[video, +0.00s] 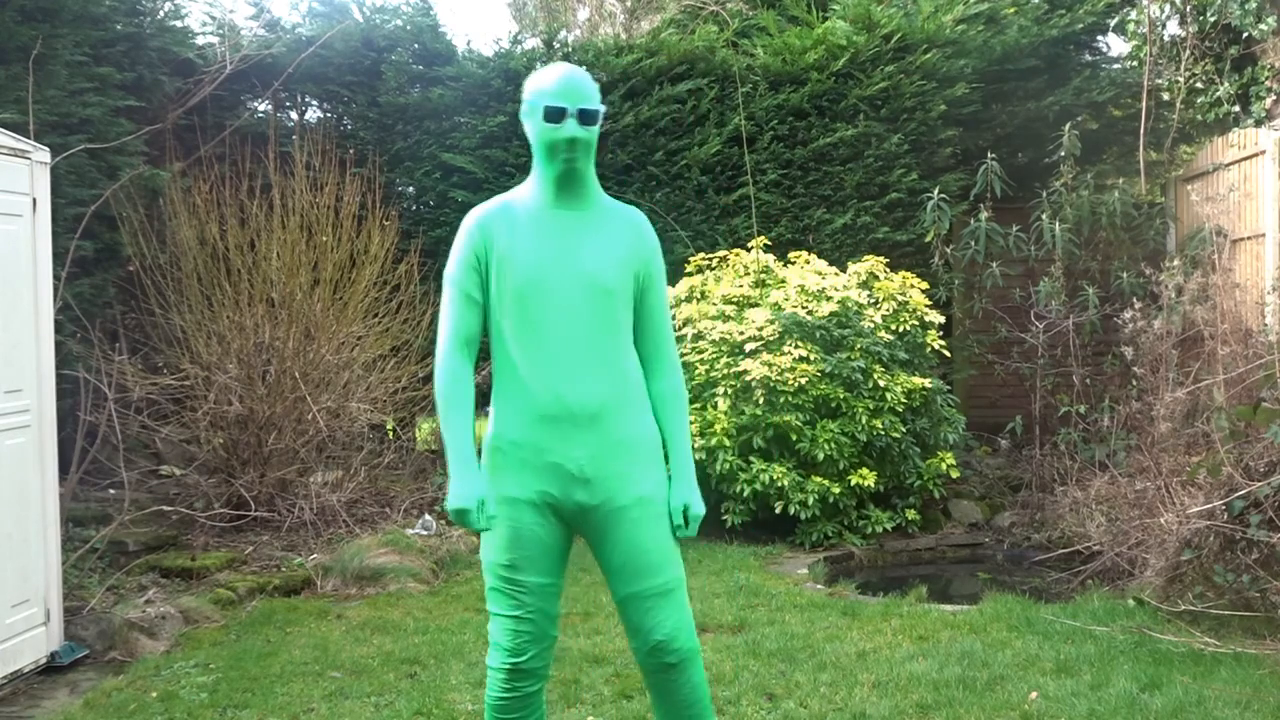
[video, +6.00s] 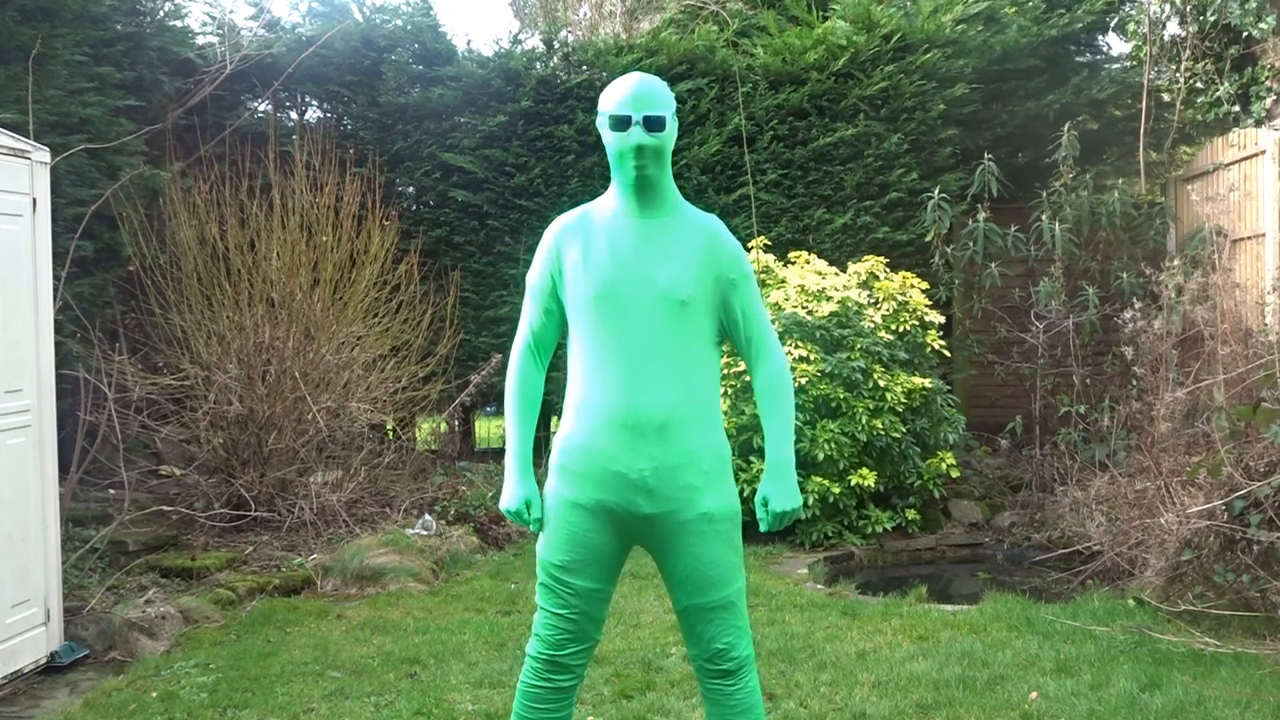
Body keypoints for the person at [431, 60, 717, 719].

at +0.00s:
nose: (571, 129)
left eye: (585, 116)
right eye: (554, 115)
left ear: (600, 125)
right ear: (526, 125)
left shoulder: (634, 230)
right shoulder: (487, 227)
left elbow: (662, 358)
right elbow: (454, 352)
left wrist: (683, 470)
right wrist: (462, 470)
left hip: (630, 472)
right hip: (521, 475)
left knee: (673, 652)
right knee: (517, 663)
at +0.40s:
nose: (608, 138)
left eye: (622, 124)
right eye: (590, 125)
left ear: (642, 135)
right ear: (568, 140)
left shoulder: (684, 241)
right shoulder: (536, 241)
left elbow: (739, 354)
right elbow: (486, 358)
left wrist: (775, 459)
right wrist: (458, 474)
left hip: (681, 486)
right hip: (568, 487)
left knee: (721, 665)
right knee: (538, 673)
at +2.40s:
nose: (637, 135)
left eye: (652, 120)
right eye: (621, 122)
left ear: (674, 128)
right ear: (602, 134)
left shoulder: (714, 238)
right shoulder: (567, 236)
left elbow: (771, 352)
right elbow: (532, 352)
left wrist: (785, 466)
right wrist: (518, 468)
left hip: (699, 486)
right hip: (588, 485)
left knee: (729, 669)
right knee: (554, 667)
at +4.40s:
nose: (637, 135)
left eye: (652, 121)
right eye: (621, 122)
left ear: (673, 130)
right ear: (601, 133)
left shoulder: (713, 238)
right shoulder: (567, 236)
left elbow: (769, 352)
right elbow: (532, 354)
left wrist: (784, 464)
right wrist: (518, 468)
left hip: (698, 485)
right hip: (587, 483)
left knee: (729, 668)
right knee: (554, 666)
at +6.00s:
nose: (638, 136)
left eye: (653, 123)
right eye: (622, 123)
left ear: (674, 133)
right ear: (602, 135)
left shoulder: (712, 240)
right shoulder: (566, 237)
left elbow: (765, 354)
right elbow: (529, 353)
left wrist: (781, 466)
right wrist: (517, 469)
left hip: (696, 488)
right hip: (584, 486)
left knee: (727, 666)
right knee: (553, 663)